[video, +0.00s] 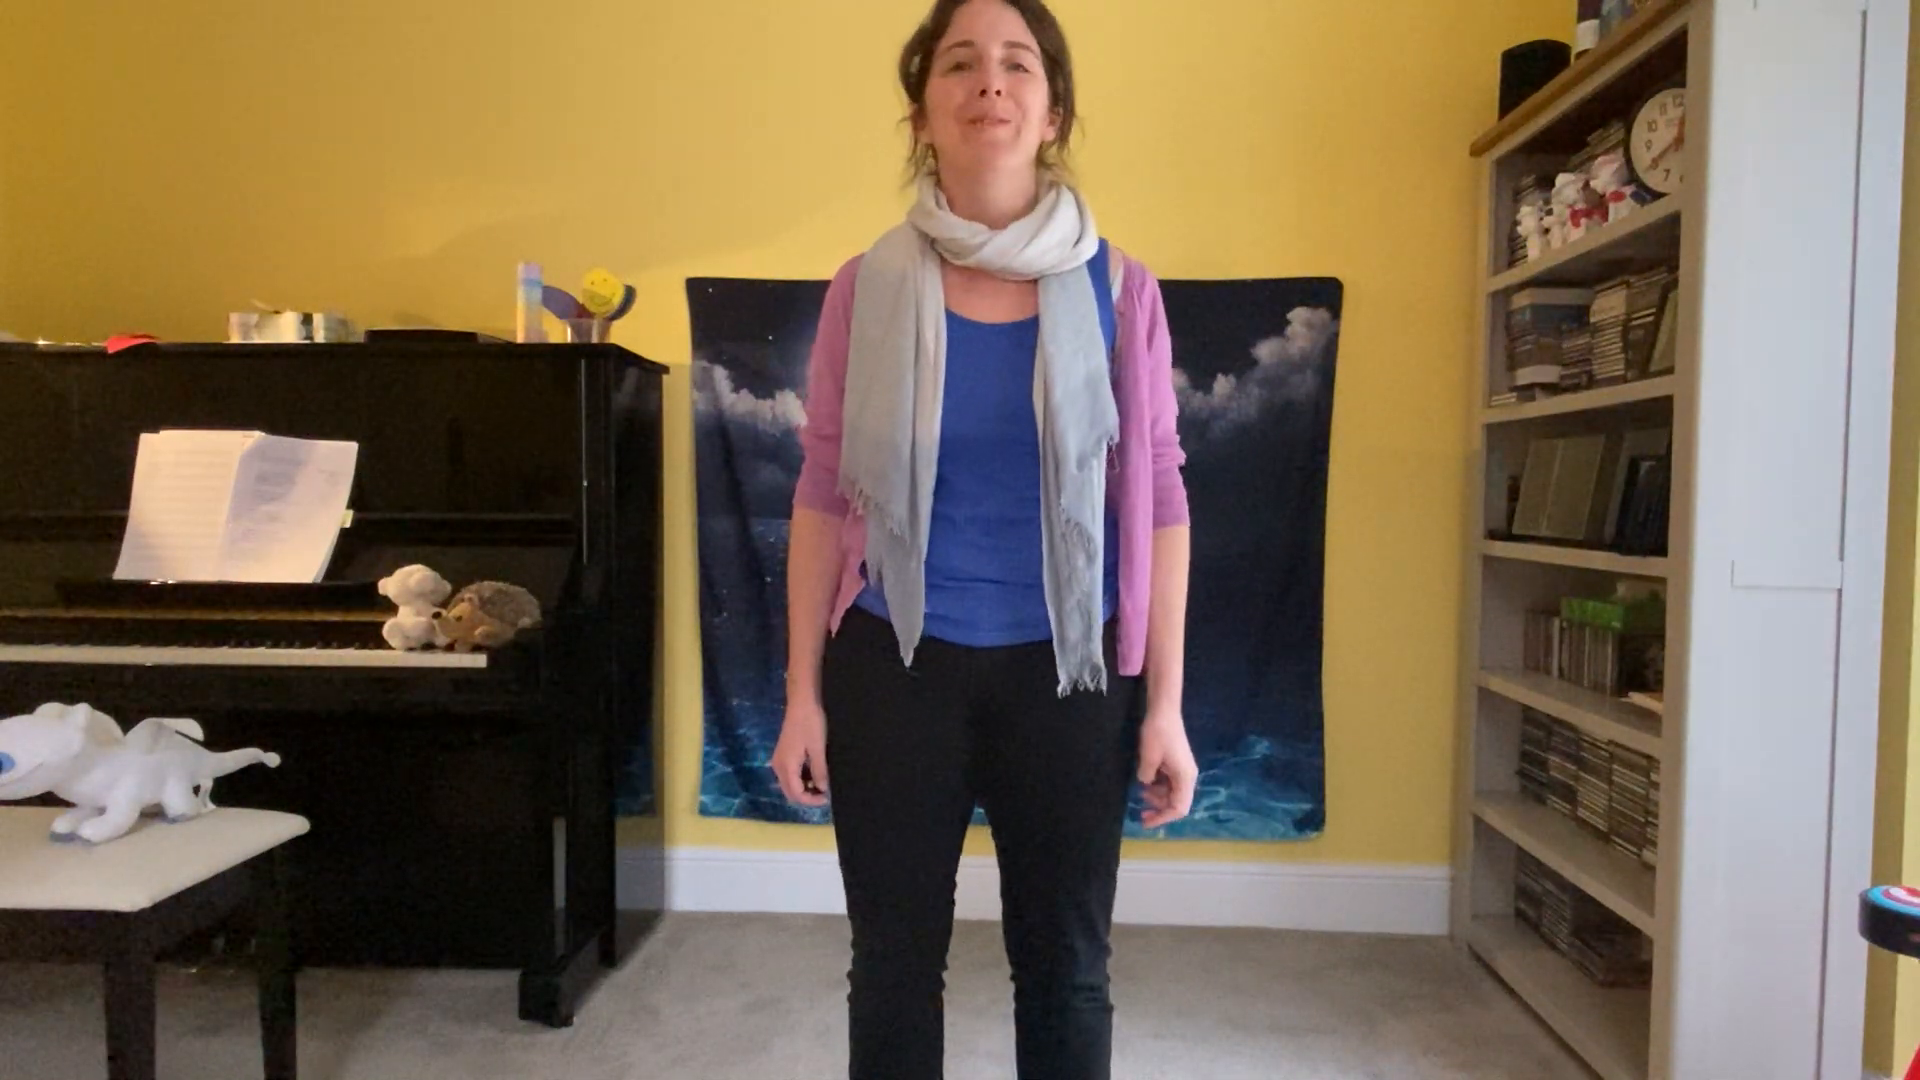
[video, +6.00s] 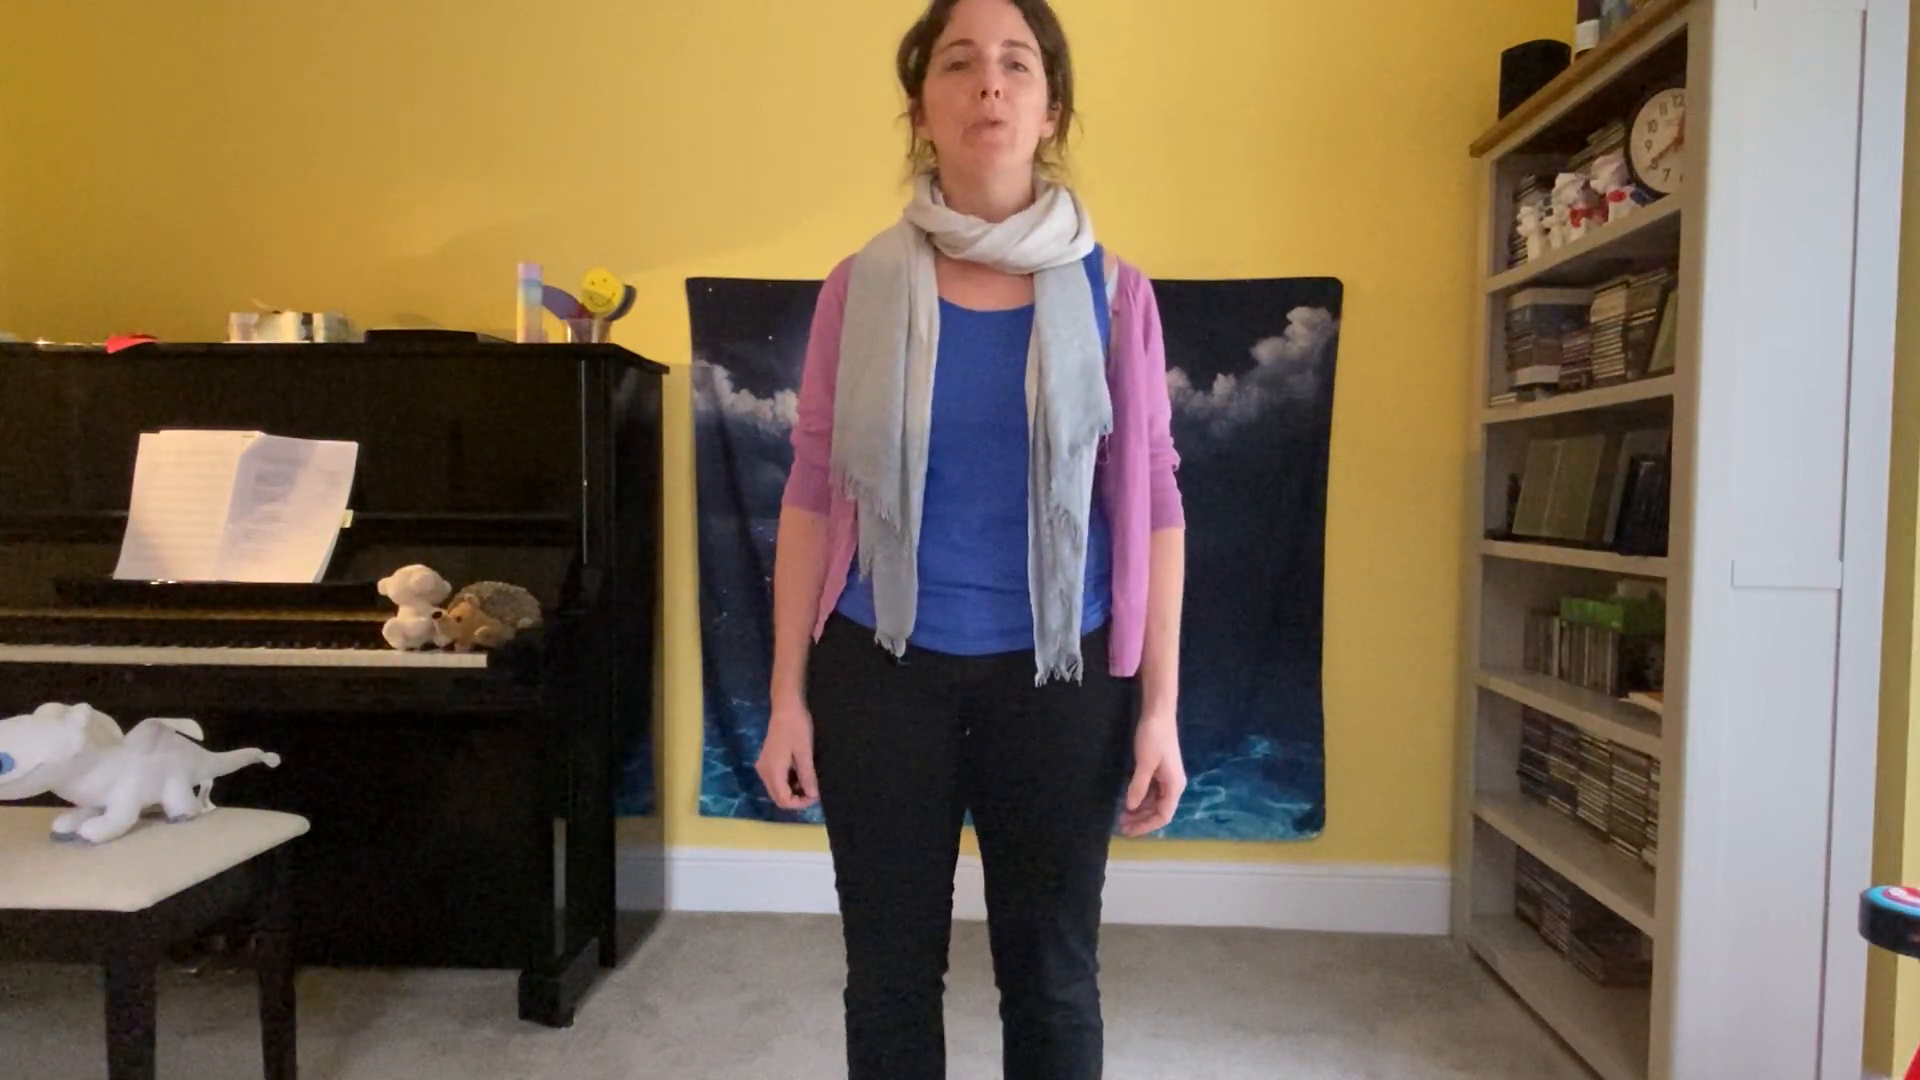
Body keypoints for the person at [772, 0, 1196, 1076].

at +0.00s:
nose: (989, 79)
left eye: (1016, 63)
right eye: (961, 63)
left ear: (1053, 108)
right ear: (922, 109)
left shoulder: (1121, 293)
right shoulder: (863, 291)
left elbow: (1160, 500)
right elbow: (821, 498)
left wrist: (1164, 700)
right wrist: (801, 689)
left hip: (1070, 681)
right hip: (892, 674)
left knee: (1067, 981)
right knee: (893, 976)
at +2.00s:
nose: (1010, 101)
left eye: (1037, 86)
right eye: (985, 82)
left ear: (1068, 133)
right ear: (944, 127)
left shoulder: (1123, 306)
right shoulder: (878, 296)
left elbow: (1161, 507)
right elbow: (826, 494)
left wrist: (1158, 694)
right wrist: (803, 681)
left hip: (1068, 678)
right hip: (894, 670)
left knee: (1061, 979)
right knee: (897, 977)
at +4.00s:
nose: (996, 90)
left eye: (1022, 76)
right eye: (970, 74)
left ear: (1059, 124)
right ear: (934, 120)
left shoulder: (1119, 304)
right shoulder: (872, 296)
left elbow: (1155, 506)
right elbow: (822, 495)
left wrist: (1152, 696)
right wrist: (798, 683)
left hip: (1062, 678)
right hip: (888, 672)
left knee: (1059, 985)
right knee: (892, 979)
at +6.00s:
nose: (987, 81)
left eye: (1014, 63)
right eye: (958, 62)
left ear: (1052, 105)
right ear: (920, 105)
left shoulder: (1115, 296)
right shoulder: (858, 290)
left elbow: (1153, 503)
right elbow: (811, 496)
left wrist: (1159, 703)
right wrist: (785, 693)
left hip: (1060, 686)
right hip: (879, 680)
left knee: (1053, 991)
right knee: (890, 987)